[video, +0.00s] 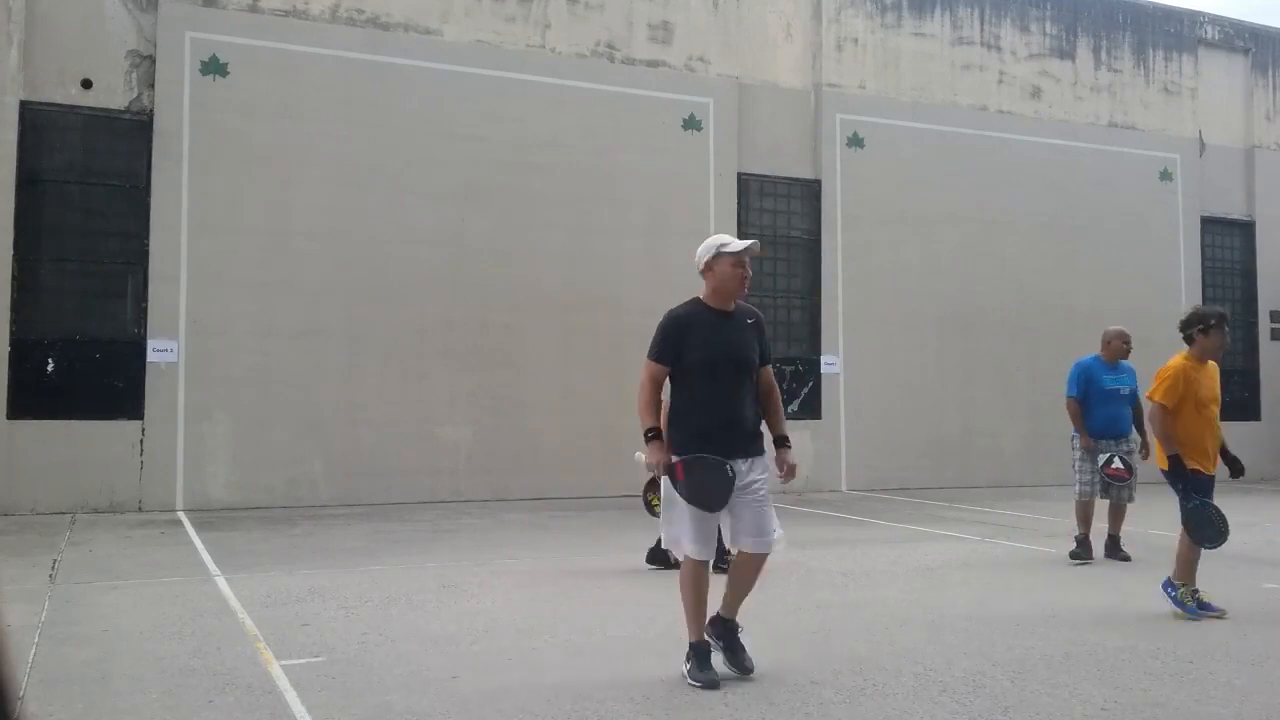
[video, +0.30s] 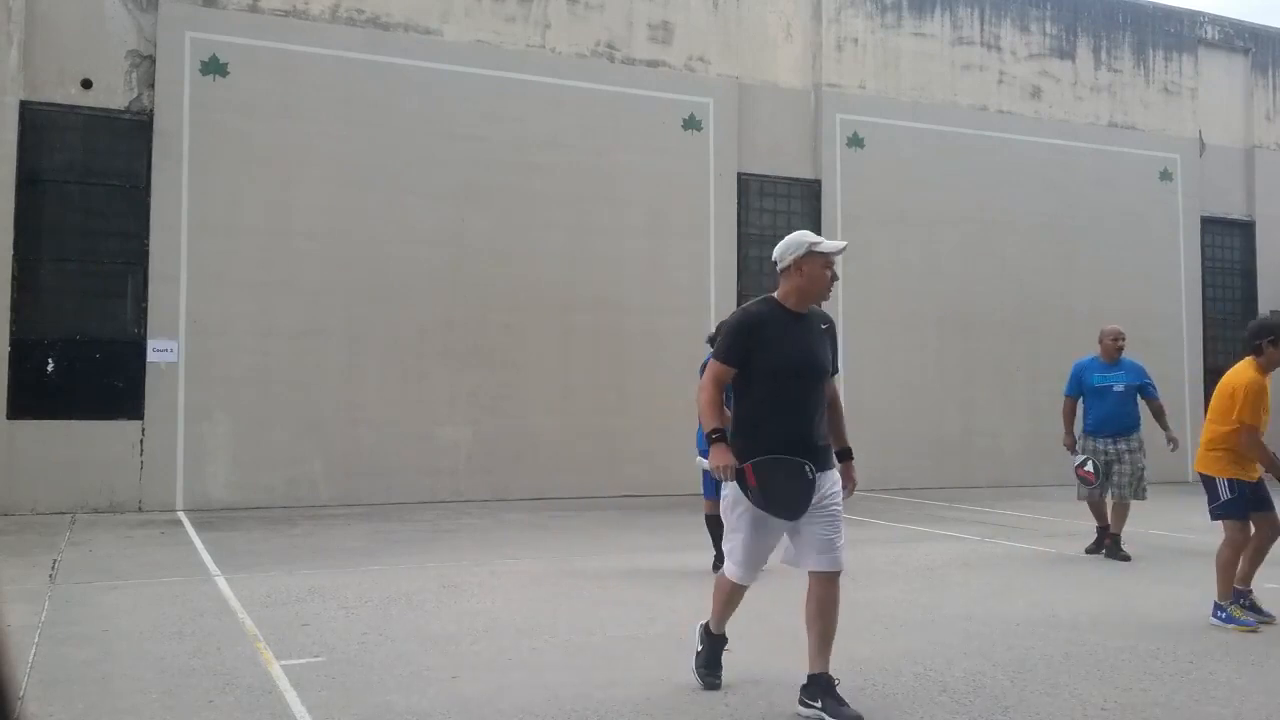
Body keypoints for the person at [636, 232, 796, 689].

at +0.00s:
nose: (747, 271)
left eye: (747, 264)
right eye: (737, 264)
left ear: (741, 273)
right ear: (709, 270)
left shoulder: (751, 321)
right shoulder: (678, 322)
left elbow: (766, 384)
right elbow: (650, 383)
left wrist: (781, 442)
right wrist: (653, 439)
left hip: (748, 458)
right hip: (692, 461)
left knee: (758, 542)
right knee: (695, 553)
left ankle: (724, 622)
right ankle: (697, 648)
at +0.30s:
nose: (834, 274)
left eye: (833, 266)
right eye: (826, 266)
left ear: (805, 271)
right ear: (794, 269)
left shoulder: (822, 327)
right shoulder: (745, 323)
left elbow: (829, 395)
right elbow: (709, 385)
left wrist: (843, 455)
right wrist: (717, 441)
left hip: (816, 471)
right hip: (753, 471)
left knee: (827, 568)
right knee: (740, 570)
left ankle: (819, 681)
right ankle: (713, 635)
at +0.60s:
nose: (905, 262)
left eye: (904, 253)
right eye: (897, 253)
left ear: (873, 255)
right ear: (864, 253)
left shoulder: (889, 313)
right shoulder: (809, 304)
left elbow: (908, 388)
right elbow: (763, 372)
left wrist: (939, 442)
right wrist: (750, 440)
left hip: (877, 467)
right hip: (826, 466)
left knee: (847, 575)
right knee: (848, 577)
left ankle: (819, 680)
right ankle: (863, 704)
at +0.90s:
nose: (974, 248)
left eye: (973, 237)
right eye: (965, 237)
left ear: (940, 242)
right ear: (925, 239)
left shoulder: (959, 304)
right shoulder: (871, 301)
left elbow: (979, 387)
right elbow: (824, 380)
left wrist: (1015, 452)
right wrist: (818, 457)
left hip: (953, 480)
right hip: (893, 478)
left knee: (962, 598)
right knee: (916, 604)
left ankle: (881, 660)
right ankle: (919, 717)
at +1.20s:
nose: (1058, 232)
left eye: (1059, 221)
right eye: (1045, 220)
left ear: (1054, 228)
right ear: (1001, 222)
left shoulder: (1046, 295)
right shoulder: (953, 292)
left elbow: (1046, 388)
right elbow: (905, 378)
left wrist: (1064, 465)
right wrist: (942, 446)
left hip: (1040, 494)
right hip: (971, 495)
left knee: (1067, 627)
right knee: (952, 620)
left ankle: (1093, 719)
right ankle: (928, 716)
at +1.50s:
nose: (1184, 215)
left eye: (1187, 204)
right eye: (1172, 201)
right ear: (1120, 198)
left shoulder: (1165, 285)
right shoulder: (1059, 277)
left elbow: (1184, 392)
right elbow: (1005, 373)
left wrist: (1227, 479)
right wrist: (1016, 467)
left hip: (1173, 502)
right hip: (1094, 501)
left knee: (1169, 653)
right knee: (1113, 654)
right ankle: (1064, 717)